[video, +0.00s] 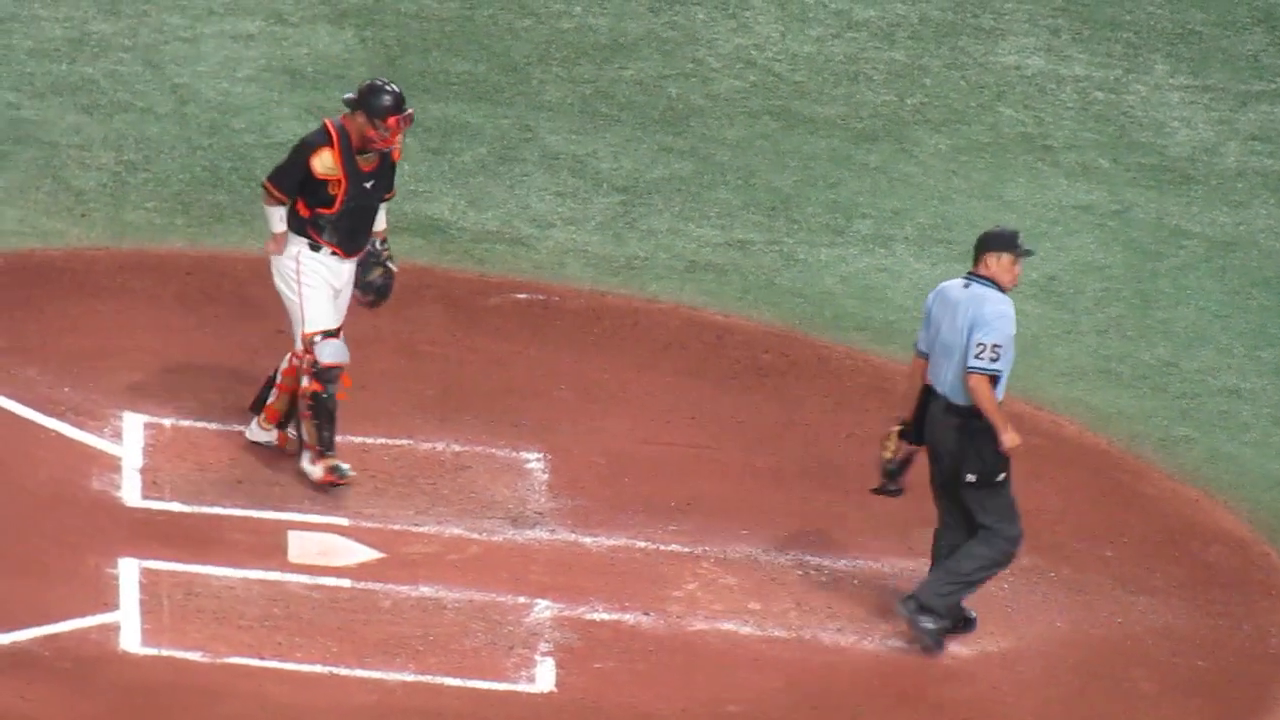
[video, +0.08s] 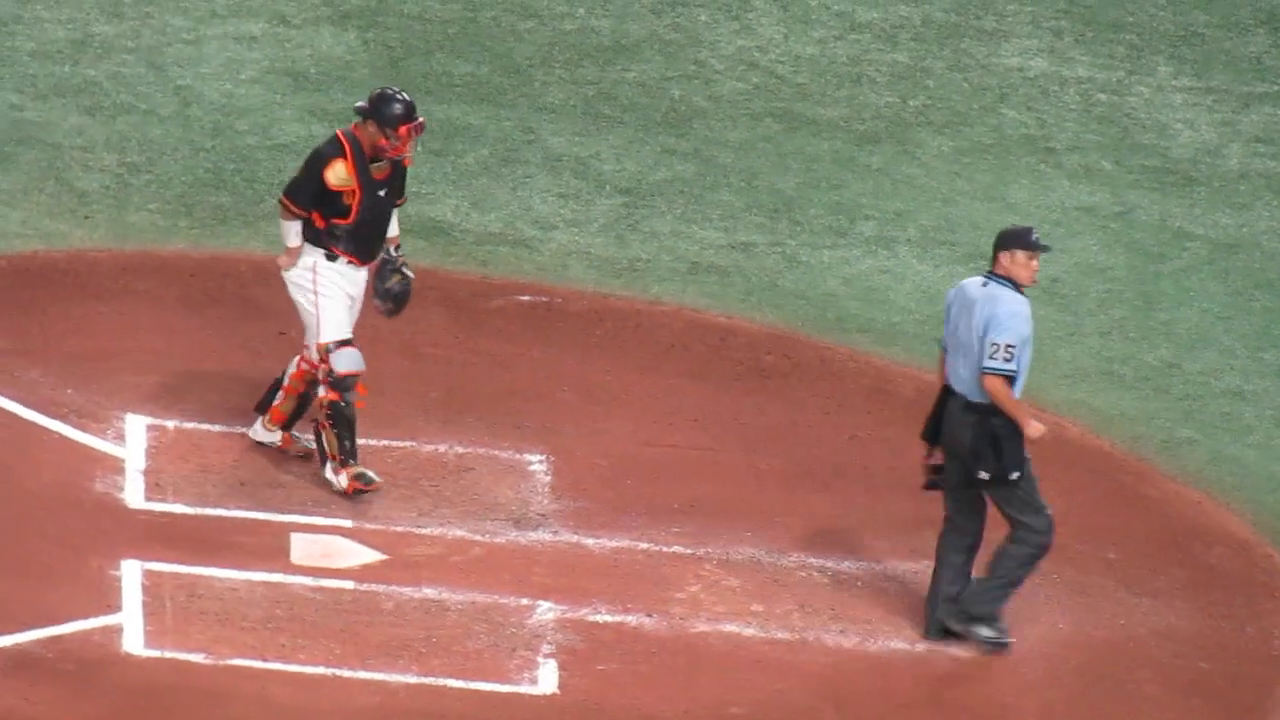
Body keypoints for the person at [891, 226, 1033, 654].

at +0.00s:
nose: (1019, 269)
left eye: (1019, 261)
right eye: (1013, 261)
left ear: (983, 262)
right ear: (990, 261)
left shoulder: (944, 291)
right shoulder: (996, 308)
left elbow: (923, 360)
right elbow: (977, 379)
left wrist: (916, 418)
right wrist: (1003, 428)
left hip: (936, 416)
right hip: (969, 426)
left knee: (954, 520)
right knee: (1002, 533)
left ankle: (945, 605)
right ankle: (929, 603)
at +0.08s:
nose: (1036, 265)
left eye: (1037, 258)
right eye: (1030, 258)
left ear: (1001, 261)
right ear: (1005, 258)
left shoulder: (962, 290)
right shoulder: (1011, 308)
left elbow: (948, 363)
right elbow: (993, 380)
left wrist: (946, 414)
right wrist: (1025, 420)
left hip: (955, 418)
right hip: (989, 427)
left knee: (962, 524)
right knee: (1034, 529)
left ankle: (942, 618)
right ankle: (978, 609)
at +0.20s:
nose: (1063, 267)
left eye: (1063, 260)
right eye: (1056, 260)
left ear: (1029, 264)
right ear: (1032, 262)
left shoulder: (996, 287)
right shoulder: (1036, 312)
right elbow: (1024, 385)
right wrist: (1057, 417)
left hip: (982, 418)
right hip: (1016, 429)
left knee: (971, 520)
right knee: (1062, 525)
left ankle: (948, 614)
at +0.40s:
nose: (1113, 275)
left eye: (1112, 267)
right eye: (1105, 268)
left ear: (1083, 271)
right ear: (1081, 270)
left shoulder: (1051, 288)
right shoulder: (1083, 318)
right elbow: (1083, 392)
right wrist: (1120, 413)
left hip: (1041, 420)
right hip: (1073, 431)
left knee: (1014, 520)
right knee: (1102, 532)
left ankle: (961, 604)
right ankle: (1117, 619)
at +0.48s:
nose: (1135, 276)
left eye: (1136, 267)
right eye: (1128, 268)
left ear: (1104, 269)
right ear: (1104, 269)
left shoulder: (1073, 285)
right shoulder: (1106, 318)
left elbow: (1079, 346)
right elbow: (1104, 391)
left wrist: (1117, 375)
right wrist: (1145, 407)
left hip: (1064, 418)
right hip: (1096, 428)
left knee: (1049, 518)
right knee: (1116, 531)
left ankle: (981, 586)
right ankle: (1119, 619)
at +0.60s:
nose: (1163, 269)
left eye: (1163, 261)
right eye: (1155, 261)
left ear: (1130, 264)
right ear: (1132, 263)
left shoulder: (1096, 278)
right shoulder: (1137, 312)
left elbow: (1097, 339)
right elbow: (1137, 384)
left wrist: (1146, 364)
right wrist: (1176, 395)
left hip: (1089, 409)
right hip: (1121, 420)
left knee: (1097, 512)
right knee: (1127, 526)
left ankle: (1035, 569)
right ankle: (1120, 617)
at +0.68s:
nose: (1181, 266)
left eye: (1181, 258)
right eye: (1174, 258)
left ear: (1145, 259)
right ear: (1150, 259)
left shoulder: (1110, 273)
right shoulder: (1156, 309)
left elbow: (1098, 331)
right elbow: (1158, 380)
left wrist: (1157, 353)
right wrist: (1189, 390)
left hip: (1101, 407)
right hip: (1133, 418)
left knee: (1123, 503)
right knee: (1134, 517)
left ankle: (1078, 573)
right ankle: (1122, 614)